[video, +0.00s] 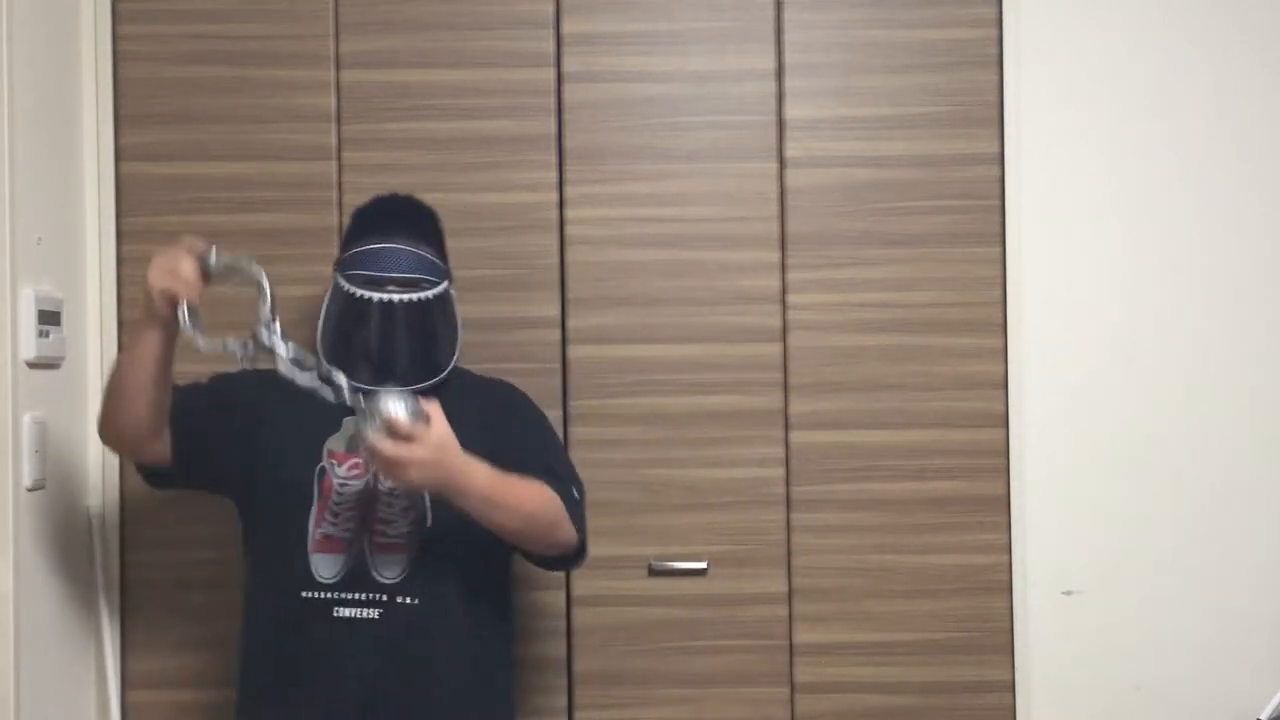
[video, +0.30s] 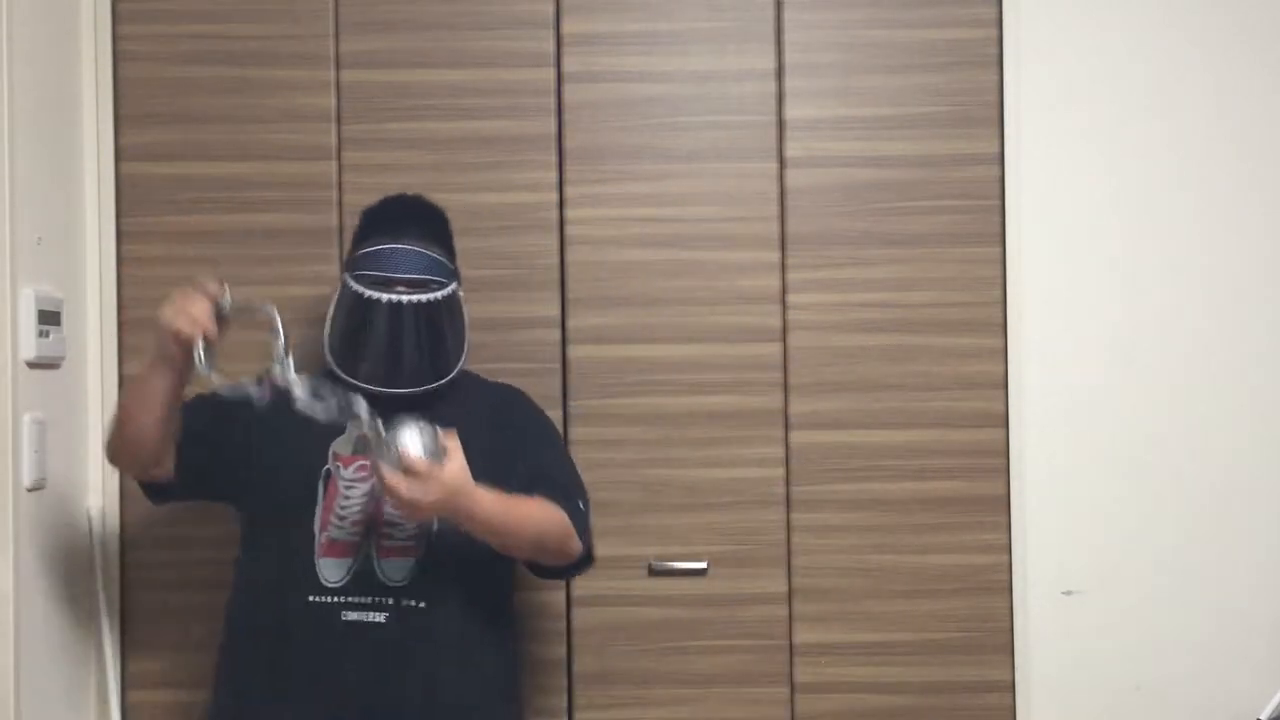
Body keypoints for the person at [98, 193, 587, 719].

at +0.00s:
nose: (387, 317)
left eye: (410, 297)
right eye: (367, 296)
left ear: (441, 299)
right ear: (337, 292)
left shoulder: (497, 413)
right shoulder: (268, 406)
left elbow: (564, 536)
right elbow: (134, 434)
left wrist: (452, 472)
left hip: (451, 701)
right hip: (293, 701)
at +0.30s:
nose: (396, 317)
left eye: (418, 299)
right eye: (376, 296)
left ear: (450, 302)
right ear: (346, 293)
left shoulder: (502, 419)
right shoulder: (278, 411)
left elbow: (568, 543)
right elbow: (139, 456)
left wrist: (464, 503)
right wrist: (170, 357)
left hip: (449, 705)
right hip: (284, 702)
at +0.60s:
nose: (507, 349)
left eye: (526, 329)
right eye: (487, 328)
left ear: (556, 328)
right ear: (453, 323)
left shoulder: (615, 454)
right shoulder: (386, 455)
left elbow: (652, 594)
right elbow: (333, 567)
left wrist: (615, 691)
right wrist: (334, 611)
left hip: (558, 706)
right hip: (409, 703)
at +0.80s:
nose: (597, 330)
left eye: (616, 311)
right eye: (577, 312)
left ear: (645, 308)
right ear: (545, 310)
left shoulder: (713, 426)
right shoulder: (491, 437)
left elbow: (793, 539)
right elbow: (406, 576)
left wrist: (750, 606)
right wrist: (455, 511)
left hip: (684, 700)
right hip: (539, 701)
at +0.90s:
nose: (621, 319)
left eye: (641, 298)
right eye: (600, 298)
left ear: (671, 296)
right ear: (566, 299)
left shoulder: (736, 405)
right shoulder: (528, 423)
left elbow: (856, 510)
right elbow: (426, 518)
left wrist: (812, 502)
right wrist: (498, 403)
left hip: (718, 701)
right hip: (570, 702)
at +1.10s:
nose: (646, 302)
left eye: (666, 279)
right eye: (623, 279)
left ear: (695, 287)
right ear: (586, 289)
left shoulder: (770, 409)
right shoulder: (546, 413)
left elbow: (890, 492)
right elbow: (451, 429)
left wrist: (873, 424)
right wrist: (526, 308)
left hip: (759, 697)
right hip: (598, 699)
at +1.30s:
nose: (630, 325)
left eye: (649, 303)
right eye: (610, 304)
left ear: (682, 299)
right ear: (577, 303)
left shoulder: (750, 406)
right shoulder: (540, 421)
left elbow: (874, 508)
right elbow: (436, 489)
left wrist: (825, 507)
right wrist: (510, 392)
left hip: (737, 701)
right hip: (587, 703)